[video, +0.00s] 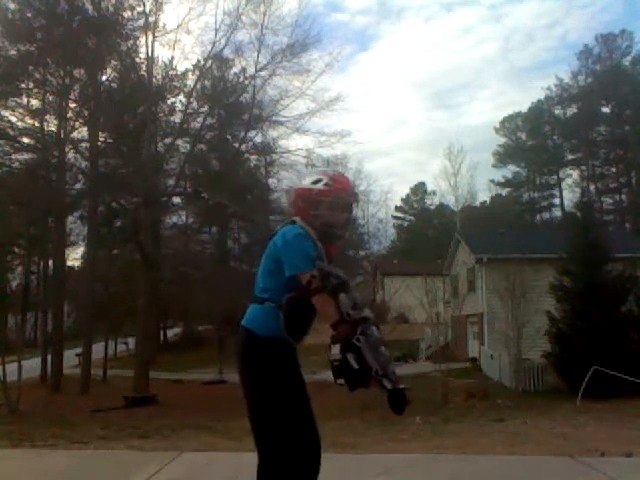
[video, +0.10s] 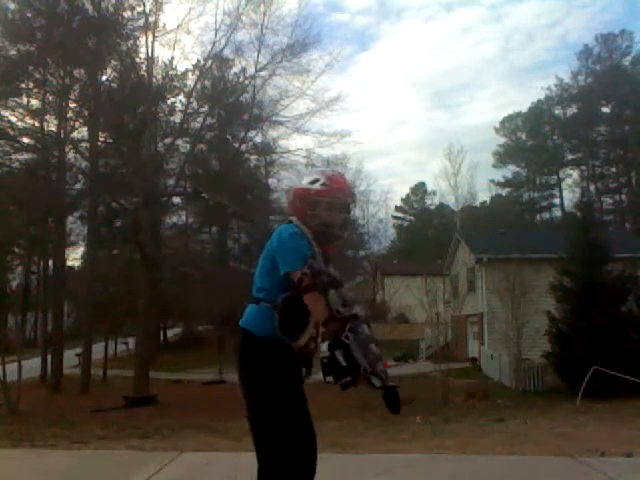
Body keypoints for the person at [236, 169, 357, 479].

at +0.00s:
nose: (342, 217)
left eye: (346, 209)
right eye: (335, 208)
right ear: (314, 208)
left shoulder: (309, 241)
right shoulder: (295, 237)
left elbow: (323, 288)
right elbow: (318, 294)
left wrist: (345, 324)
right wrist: (340, 327)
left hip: (278, 342)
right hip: (264, 342)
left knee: (297, 442)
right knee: (295, 444)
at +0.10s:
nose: (340, 218)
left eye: (344, 210)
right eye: (333, 208)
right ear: (312, 208)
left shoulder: (308, 241)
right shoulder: (290, 236)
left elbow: (321, 290)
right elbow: (312, 296)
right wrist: (331, 328)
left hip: (281, 343)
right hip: (263, 343)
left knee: (295, 443)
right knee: (292, 444)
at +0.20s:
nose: (333, 218)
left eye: (337, 211)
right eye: (327, 209)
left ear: (340, 212)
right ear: (306, 208)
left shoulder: (306, 242)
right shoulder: (284, 237)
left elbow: (322, 287)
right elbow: (292, 293)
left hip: (283, 340)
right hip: (262, 340)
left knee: (291, 428)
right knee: (277, 430)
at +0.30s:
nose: (326, 216)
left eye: (331, 209)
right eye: (320, 207)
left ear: (334, 211)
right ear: (300, 207)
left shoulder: (320, 243)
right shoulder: (274, 238)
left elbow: (336, 288)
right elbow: (277, 296)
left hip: (294, 340)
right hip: (259, 340)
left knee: (295, 427)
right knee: (271, 429)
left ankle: (296, 475)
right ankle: (275, 476)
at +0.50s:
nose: (308, 218)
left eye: (314, 210)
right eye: (300, 209)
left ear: (322, 212)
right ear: (280, 210)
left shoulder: (327, 250)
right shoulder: (257, 246)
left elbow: (370, 281)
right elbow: (236, 293)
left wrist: (396, 329)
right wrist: (225, 346)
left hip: (302, 352)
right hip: (261, 353)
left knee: (299, 439)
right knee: (269, 439)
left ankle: (297, 474)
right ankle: (271, 475)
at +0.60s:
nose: (300, 216)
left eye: (308, 209)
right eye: (291, 207)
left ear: (316, 213)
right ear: (273, 210)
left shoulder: (325, 250)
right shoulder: (249, 249)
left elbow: (369, 276)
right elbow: (219, 288)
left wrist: (405, 330)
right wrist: (196, 343)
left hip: (304, 354)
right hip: (260, 353)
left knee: (298, 439)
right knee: (268, 439)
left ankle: (295, 477)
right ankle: (267, 478)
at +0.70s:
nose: (298, 213)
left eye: (305, 207)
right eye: (289, 205)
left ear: (311, 212)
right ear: (271, 208)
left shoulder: (322, 247)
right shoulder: (245, 245)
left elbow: (366, 273)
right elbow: (210, 284)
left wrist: (399, 326)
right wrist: (178, 334)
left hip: (302, 353)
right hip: (257, 352)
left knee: (292, 440)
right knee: (261, 438)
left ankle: (287, 479)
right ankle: (256, 479)